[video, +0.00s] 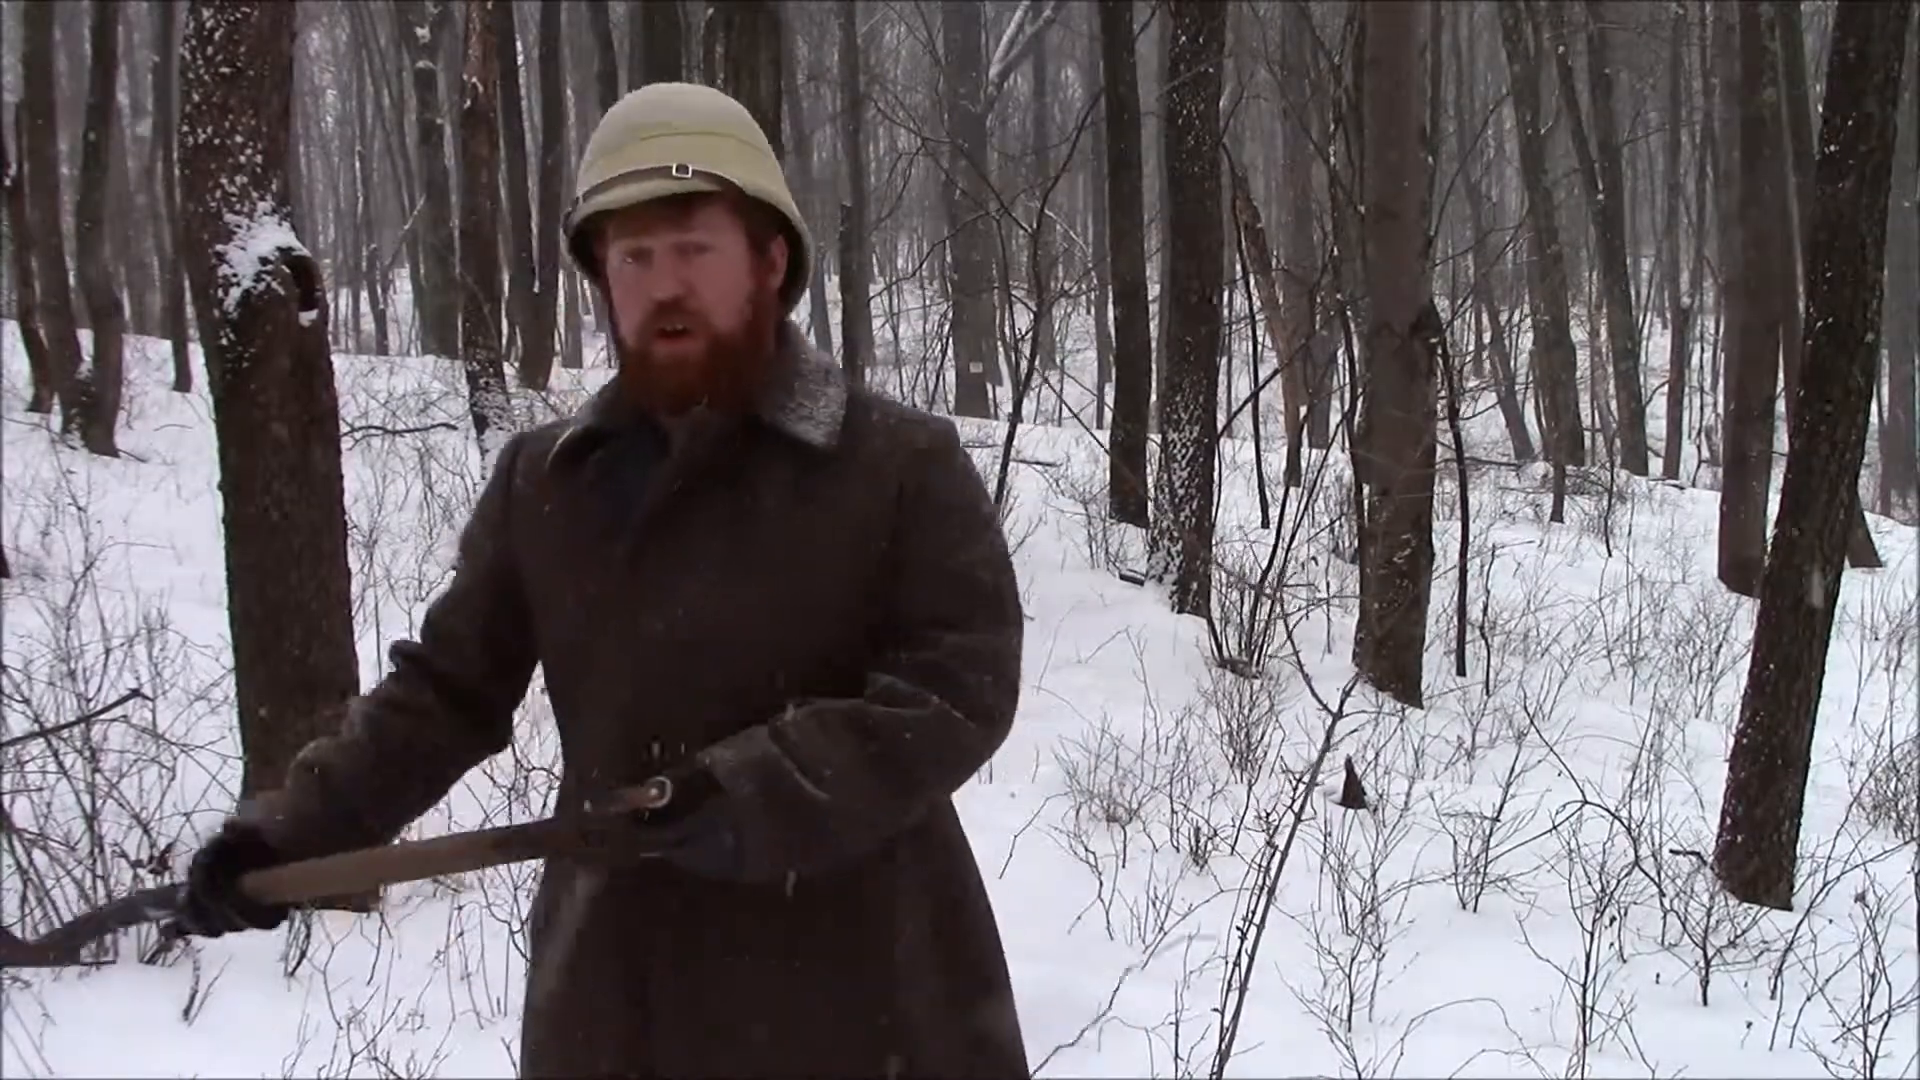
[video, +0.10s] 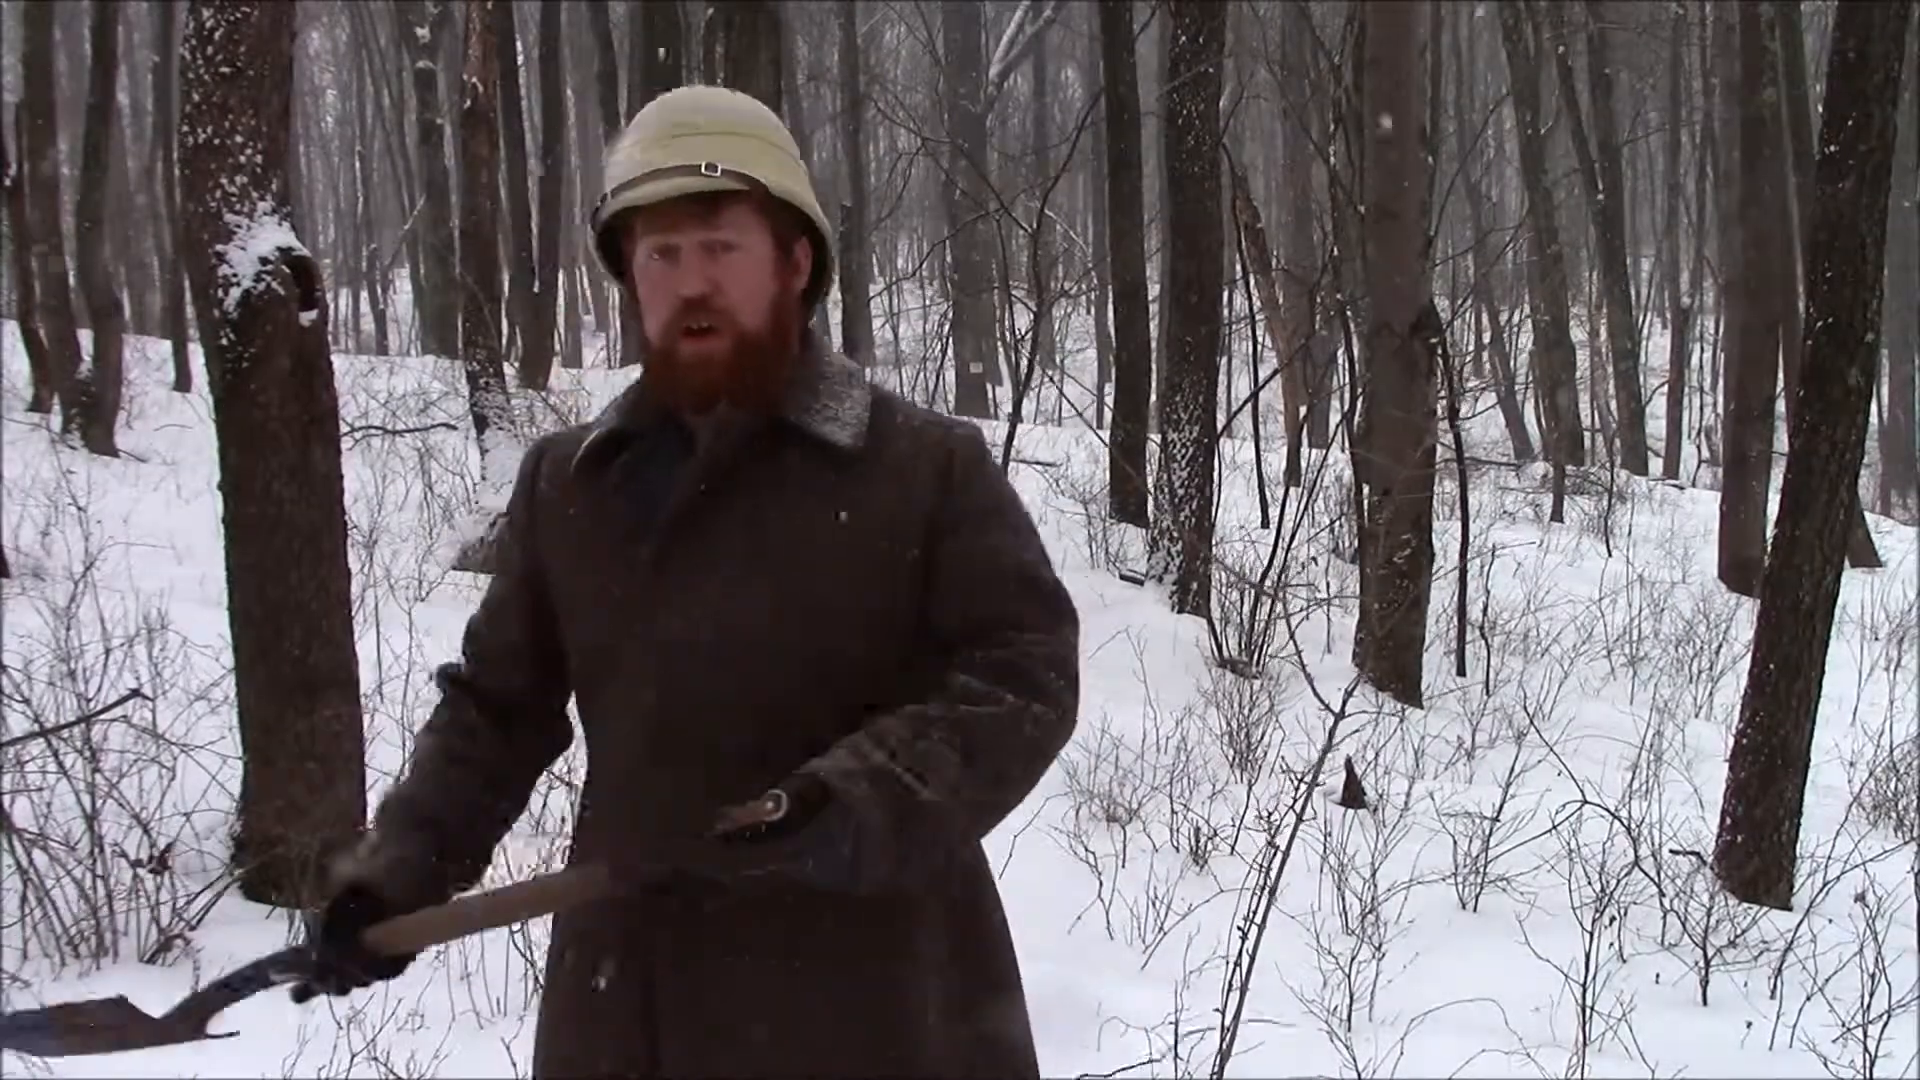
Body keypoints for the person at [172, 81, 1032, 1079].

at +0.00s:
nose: (666, 286)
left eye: (696, 248)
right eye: (636, 257)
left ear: (773, 261)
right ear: (602, 283)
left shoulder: (902, 465)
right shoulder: (541, 481)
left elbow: (959, 691)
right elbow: (448, 689)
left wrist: (746, 801)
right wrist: (288, 826)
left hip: (862, 1003)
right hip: (619, 1014)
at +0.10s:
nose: (689, 281)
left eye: (722, 243)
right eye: (660, 250)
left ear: (797, 262)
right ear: (630, 279)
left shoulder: (929, 469)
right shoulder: (566, 486)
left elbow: (1023, 683)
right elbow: (497, 706)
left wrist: (863, 804)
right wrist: (403, 864)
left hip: (880, 1014)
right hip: (632, 1017)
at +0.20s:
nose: (717, 283)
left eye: (748, 248)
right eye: (688, 254)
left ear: (824, 265)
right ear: (655, 282)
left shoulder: (958, 469)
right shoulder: (591, 490)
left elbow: (1081, 664)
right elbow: (543, 730)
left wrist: (985, 803)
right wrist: (505, 920)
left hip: (900, 1021)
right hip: (648, 1025)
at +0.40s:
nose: (776, 280)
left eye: (803, 243)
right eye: (743, 253)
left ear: (873, 259)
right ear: (706, 288)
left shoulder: (1014, 455)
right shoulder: (646, 495)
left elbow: (1149, 630)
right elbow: (609, 741)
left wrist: (1114, 773)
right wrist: (618, 939)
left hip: (990, 1009)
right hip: (736, 1025)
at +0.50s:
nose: (802, 292)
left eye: (828, 254)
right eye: (767, 263)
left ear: (894, 267)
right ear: (727, 295)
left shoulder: (1038, 455)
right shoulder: (670, 507)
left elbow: (1164, 633)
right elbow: (634, 760)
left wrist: (1132, 774)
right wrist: (636, 963)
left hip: (1016, 998)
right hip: (762, 1015)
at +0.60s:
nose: (816, 327)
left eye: (839, 284)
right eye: (779, 297)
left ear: (906, 293)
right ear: (738, 326)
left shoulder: (1055, 469)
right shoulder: (690, 537)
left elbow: (1176, 647)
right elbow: (655, 792)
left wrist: (1133, 792)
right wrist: (656, 1010)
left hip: (1048, 997)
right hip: (798, 1013)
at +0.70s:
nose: (805, 360)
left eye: (829, 316)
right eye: (765, 331)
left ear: (897, 317)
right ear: (730, 359)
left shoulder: (1058, 480)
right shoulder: (695, 570)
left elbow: (1178, 653)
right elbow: (676, 847)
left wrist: (1150, 794)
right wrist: (701, 1055)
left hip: (1079, 1022)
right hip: (838, 1041)